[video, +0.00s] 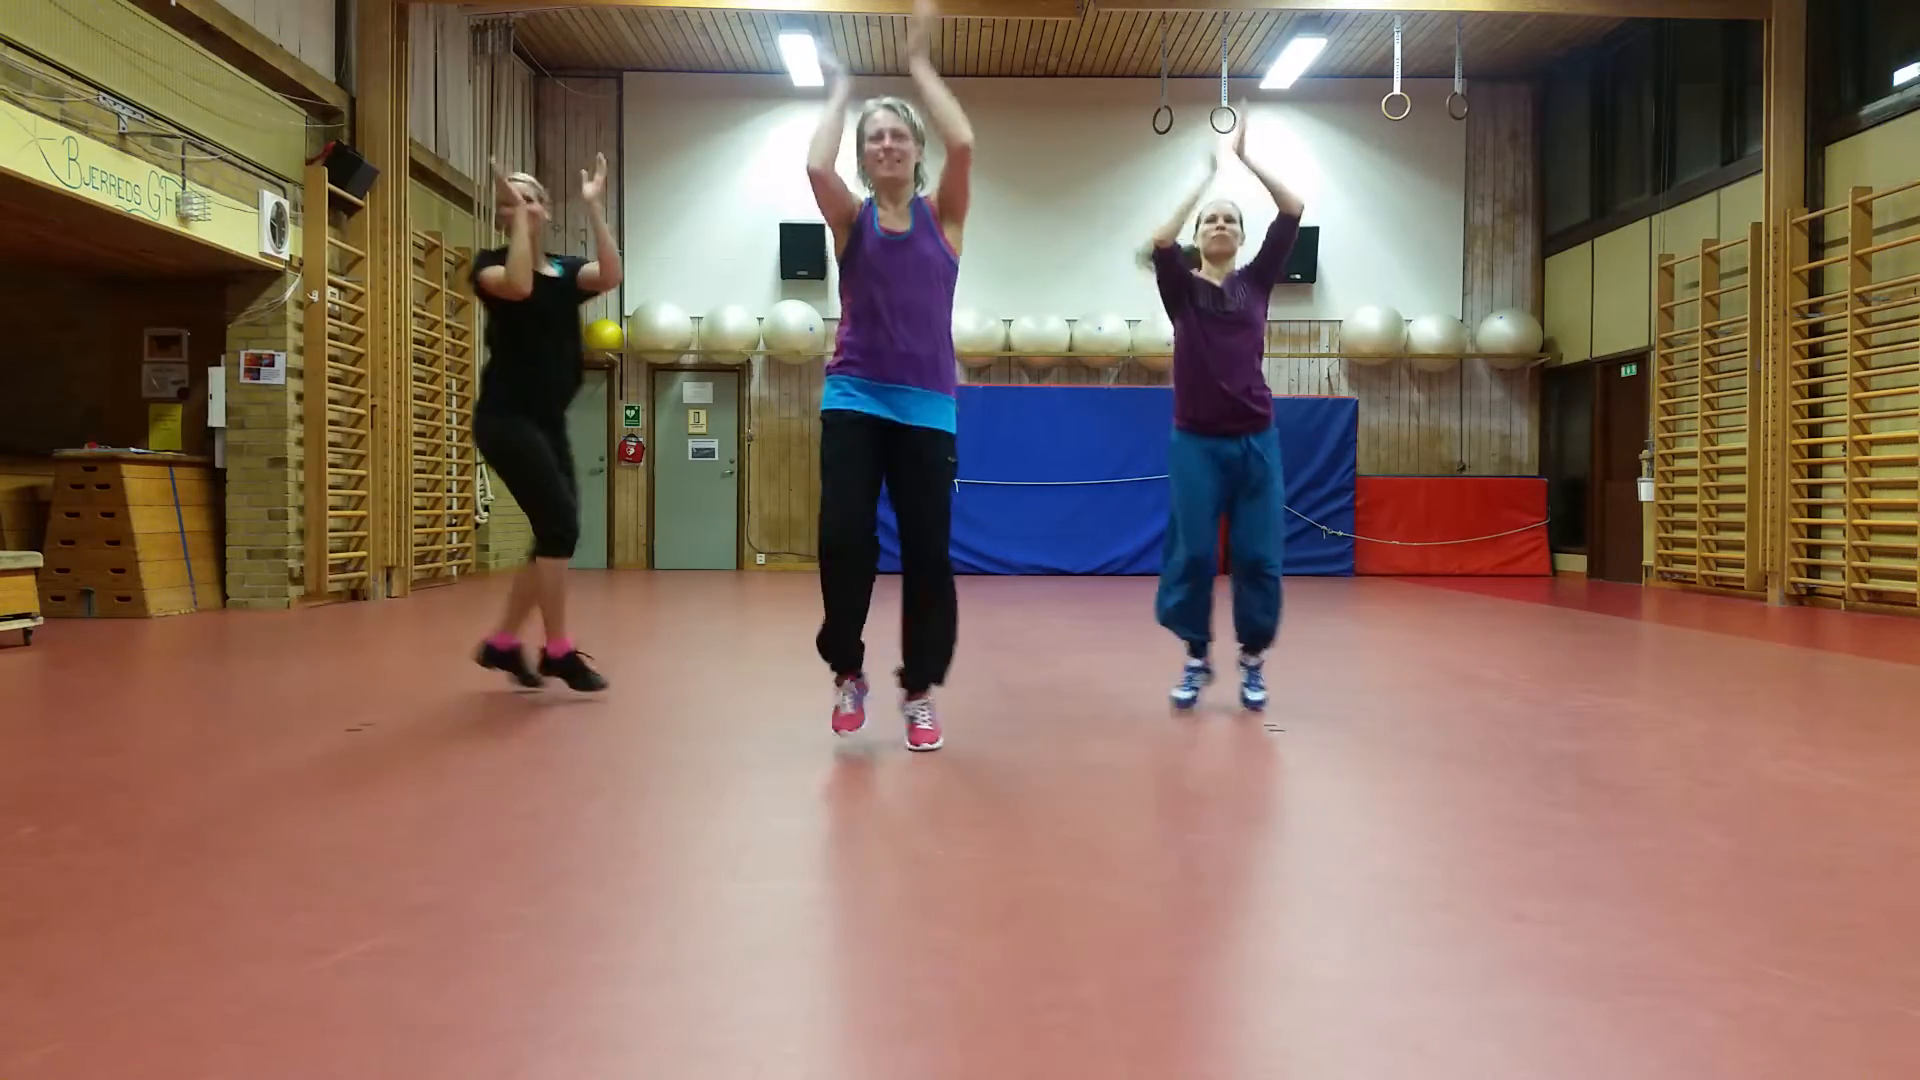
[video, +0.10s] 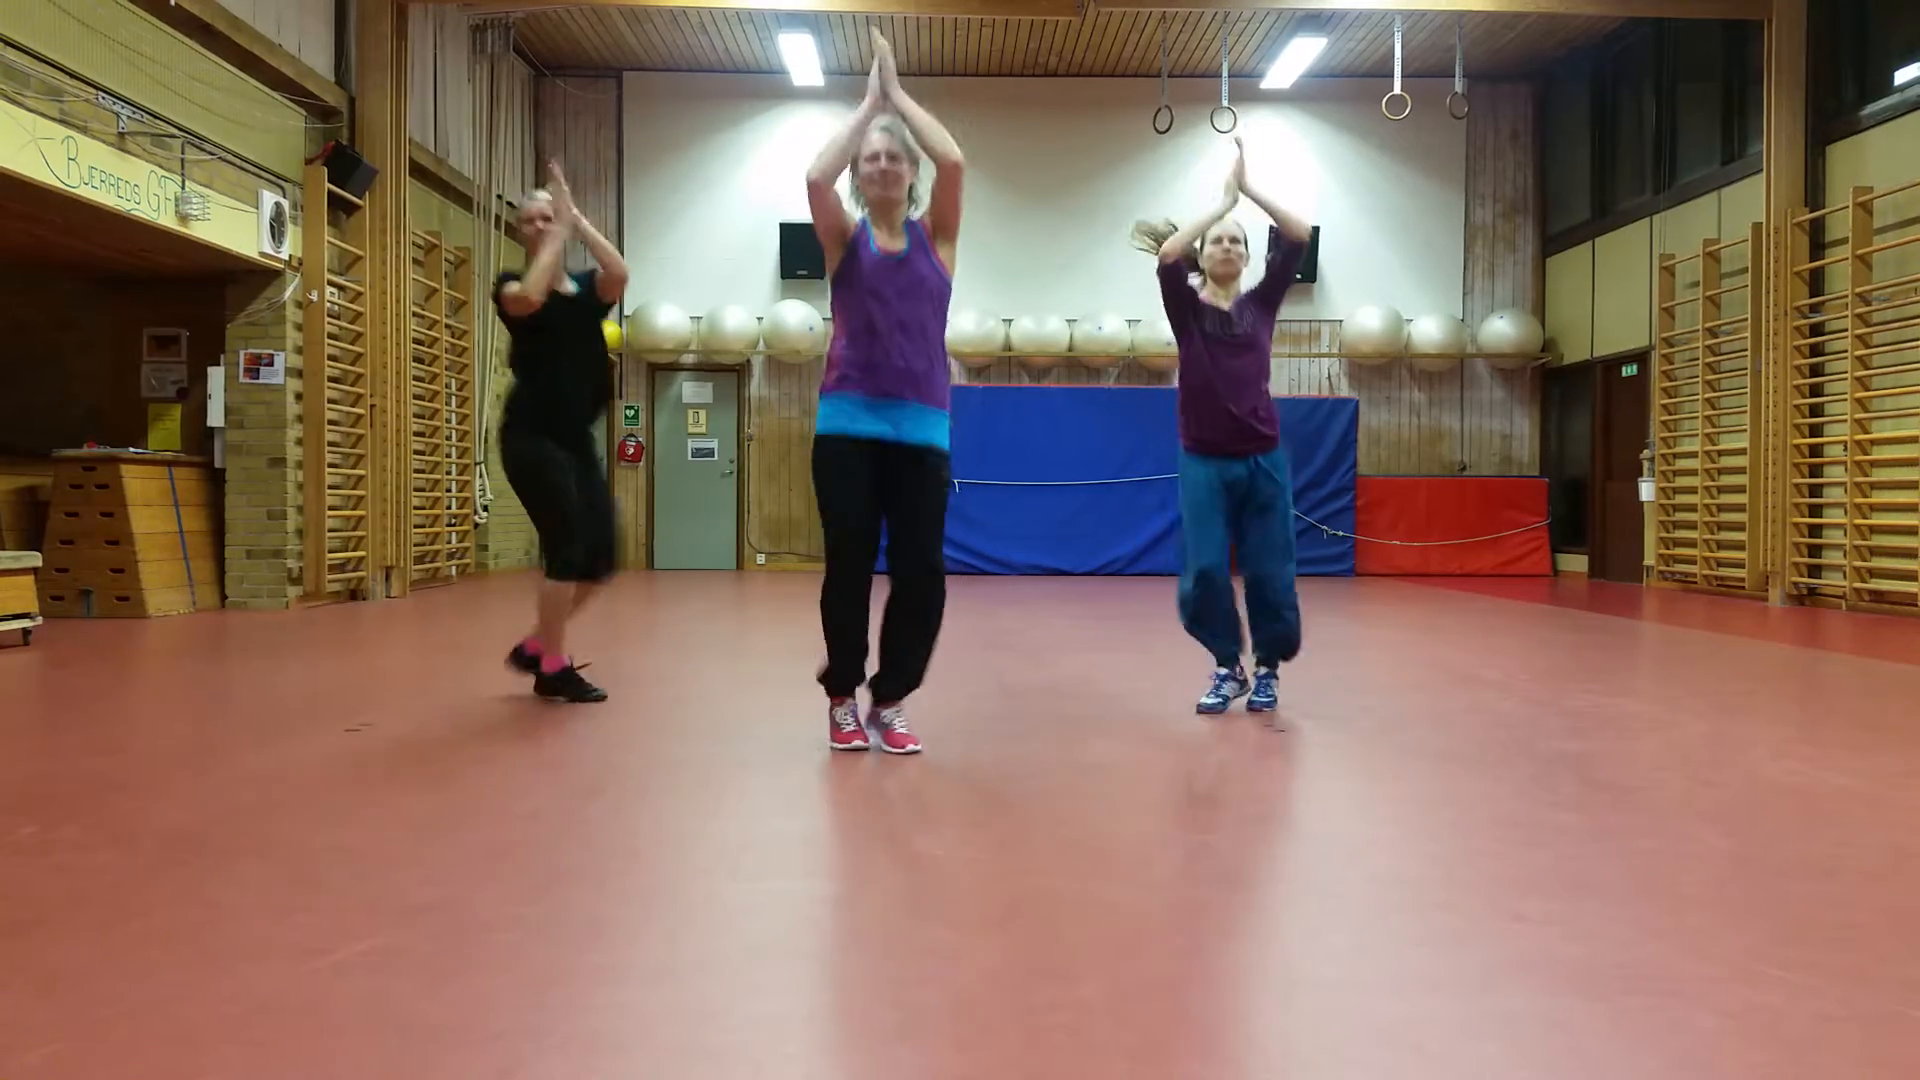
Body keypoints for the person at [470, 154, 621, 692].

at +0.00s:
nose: (530, 207)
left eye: (535, 199)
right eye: (520, 199)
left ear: (547, 211)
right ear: (502, 211)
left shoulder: (563, 269)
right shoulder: (487, 267)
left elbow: (611, 275)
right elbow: (519, 285)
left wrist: (594, 208)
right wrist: (519, 216)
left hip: (548, 417)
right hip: (504, 417)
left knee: (558, 531)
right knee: (557, 527)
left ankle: (503, 640)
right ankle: (558, 650)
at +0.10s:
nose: (544, 226)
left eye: (551, 218)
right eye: (534, 218)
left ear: (563, 228)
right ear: (519, 231)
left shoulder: (585, 287)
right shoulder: (511, 286)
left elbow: (619, 274)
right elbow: (528, 298)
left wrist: (576, 219)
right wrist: (552, 238)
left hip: (576, 434)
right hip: (530, 434)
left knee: (600, 553)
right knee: (564, 541)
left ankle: (535, 645)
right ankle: (553, 666)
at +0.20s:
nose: (564, 237)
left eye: (570, 230)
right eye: (553, 231)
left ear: (581, 243)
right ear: (539, 245)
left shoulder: (605, 298)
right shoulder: (532, 304)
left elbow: (642, 276)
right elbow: (539, 301)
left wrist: (603, 217)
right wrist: (565, 238)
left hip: (602, 454)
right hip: (552, 455)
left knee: (654, 550)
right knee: (584, 561)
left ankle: (589, 625)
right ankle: (553, 674)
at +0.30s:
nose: (581, 217)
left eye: (589, 209)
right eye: (571, 210)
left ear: (605, 222)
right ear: (560, 221)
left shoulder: (627, 280)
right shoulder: (550, 285)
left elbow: (672, 268)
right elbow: (553, 287)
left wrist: (652, 202)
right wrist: (557, 212)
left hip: (629, 434)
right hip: (573, 438)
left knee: (680, 526)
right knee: (591, 546)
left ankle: (655, 636)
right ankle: (558, 661)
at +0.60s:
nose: (639, 232)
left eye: (648, 224)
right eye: (631, 224)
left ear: (660, 238)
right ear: (618, 238)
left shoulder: (682, 298)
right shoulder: (605, 304)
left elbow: (698, 276)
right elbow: (575, 298)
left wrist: (663, 221)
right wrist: (608, 232)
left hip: (687, 450)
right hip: (628, 453)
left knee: (705, 564)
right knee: (612, 565)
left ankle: (729, 660)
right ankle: (654, 658)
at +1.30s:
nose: (653, 233)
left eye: (664, 226)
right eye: (647, 226)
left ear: (682, 240)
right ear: (635, 238)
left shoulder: (702, 299)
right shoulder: (611, 295)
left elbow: (734, 350)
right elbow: (555, 342)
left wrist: (677, 309)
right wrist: (591, 343)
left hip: (696, 455)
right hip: (633, 456)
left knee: (719, 562)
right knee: (579, 552)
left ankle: (751, 671)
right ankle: (583, 659)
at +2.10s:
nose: (660, 235)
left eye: (671, 228)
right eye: (652, 227)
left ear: (688, 242)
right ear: (641, 241)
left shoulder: (707, 306)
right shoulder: (617, 305)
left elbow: (728, 375)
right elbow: (590, 373)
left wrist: (715, 308)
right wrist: (597, 306)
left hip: (701, 457)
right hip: (636, 457)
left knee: (740, 566)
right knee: (594, 567)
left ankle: (760, 670)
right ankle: (591, 669)